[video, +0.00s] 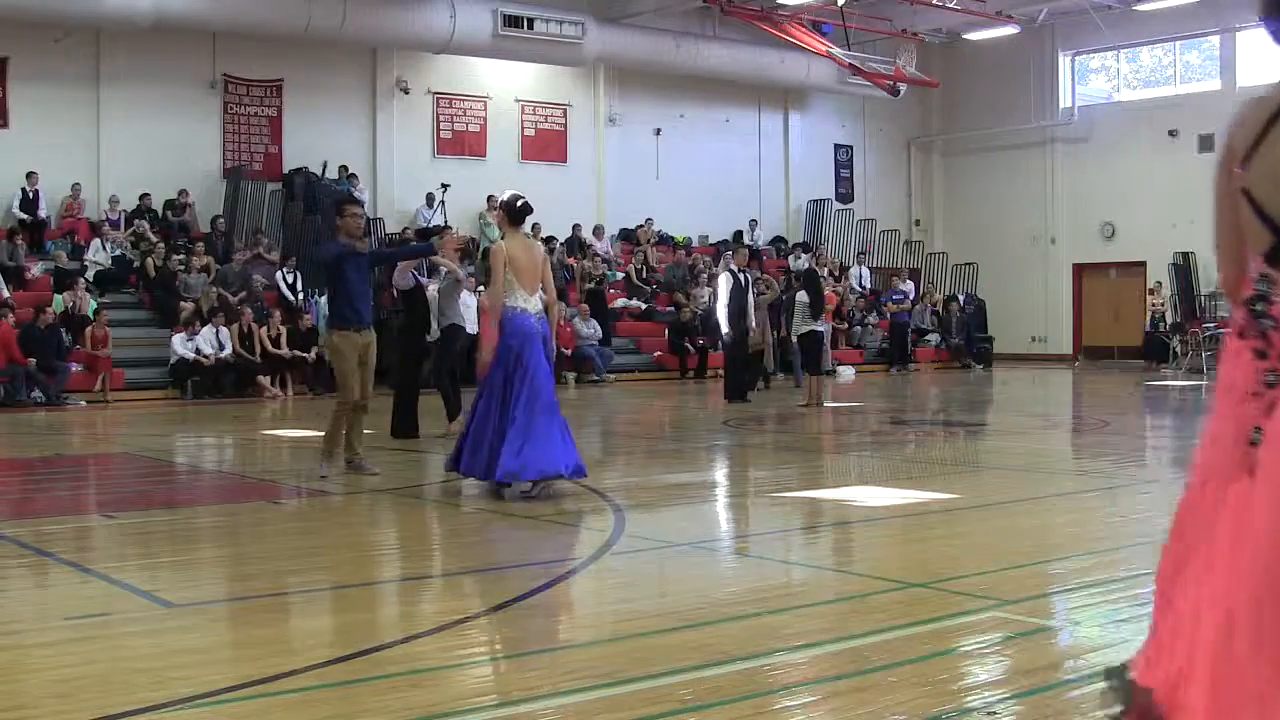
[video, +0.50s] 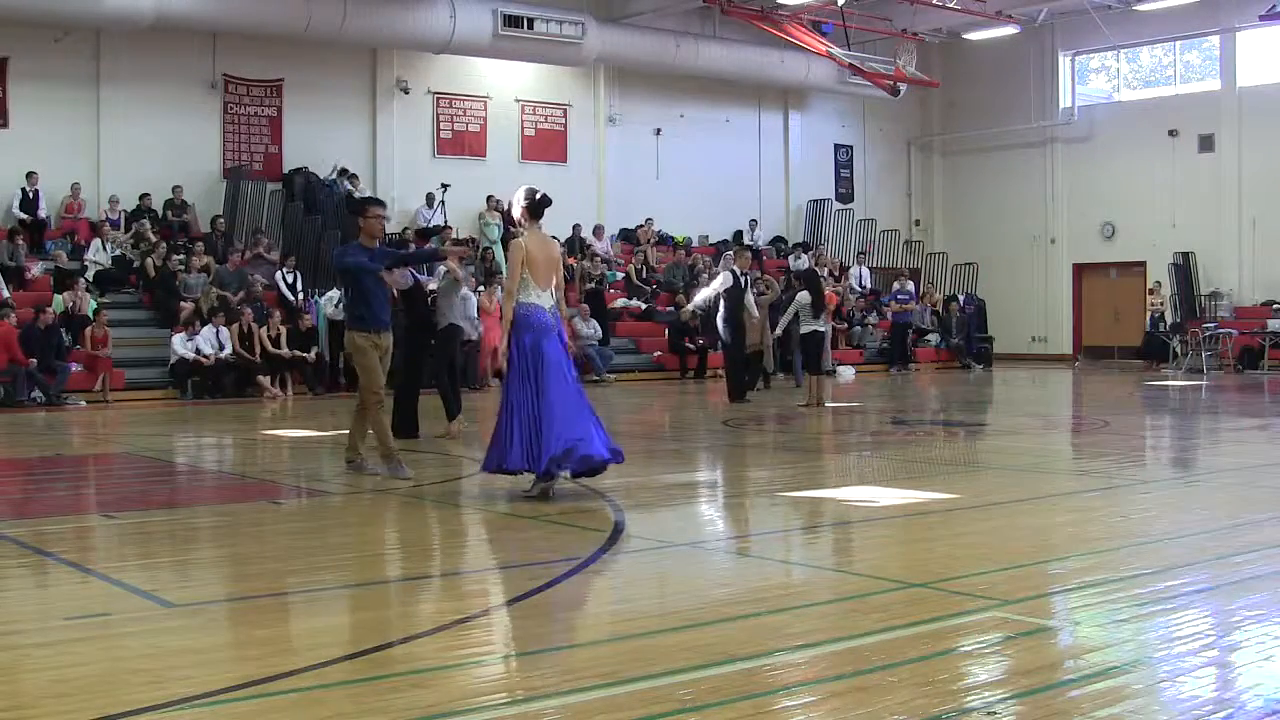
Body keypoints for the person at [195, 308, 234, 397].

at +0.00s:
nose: (223, 319)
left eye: (223, 316)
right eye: (220, 317)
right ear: (213, 319)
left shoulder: (225, 330)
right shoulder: (204, 332)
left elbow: (229, 347)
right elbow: (206, 349)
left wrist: (223, 354)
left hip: (225, 356)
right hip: (212, 358)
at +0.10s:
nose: (223, 319)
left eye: (223, 316)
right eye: (220, 317)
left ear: (223, 318)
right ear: (213, 319)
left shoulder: (225, 330)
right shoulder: (204, 332)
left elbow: (229, 347)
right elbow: (206, 349)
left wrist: (223, 354)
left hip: (225, 357)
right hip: (212, 358)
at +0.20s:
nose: (223, 319)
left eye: (223, 316)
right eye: (220, 317)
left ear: (223, 318)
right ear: (213, 319)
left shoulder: (225, 330)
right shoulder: (204, 332)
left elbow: (229, 347)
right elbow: (206, 349)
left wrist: (223, 354)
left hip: (225, 357)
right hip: (212, 358)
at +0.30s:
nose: (223, 319)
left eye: (223, 316)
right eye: (220, 317)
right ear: (213, 319)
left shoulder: (225, 330)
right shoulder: (204, 332)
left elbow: (229, 347)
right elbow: (206, 349)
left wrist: (223, 354)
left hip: (225, 356)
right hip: (212, 358)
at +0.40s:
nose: (223, 319)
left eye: (223, 316)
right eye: (220, 316)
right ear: (213, 319)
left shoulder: (225, 330)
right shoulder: (204, 332)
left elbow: (229, 347)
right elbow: (207, 350)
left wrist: (223, 354)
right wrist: (219, 355)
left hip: (225, 357)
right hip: (212, 358)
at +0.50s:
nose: (224, 318)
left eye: (223, 316)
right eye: (221, 316)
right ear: (214, 319)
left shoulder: (225, 330)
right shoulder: (205, 332)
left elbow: (229, 346)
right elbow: (207, 349)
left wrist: (224, 354)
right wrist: (220, 355)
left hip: (225, 356)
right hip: (212, 358)